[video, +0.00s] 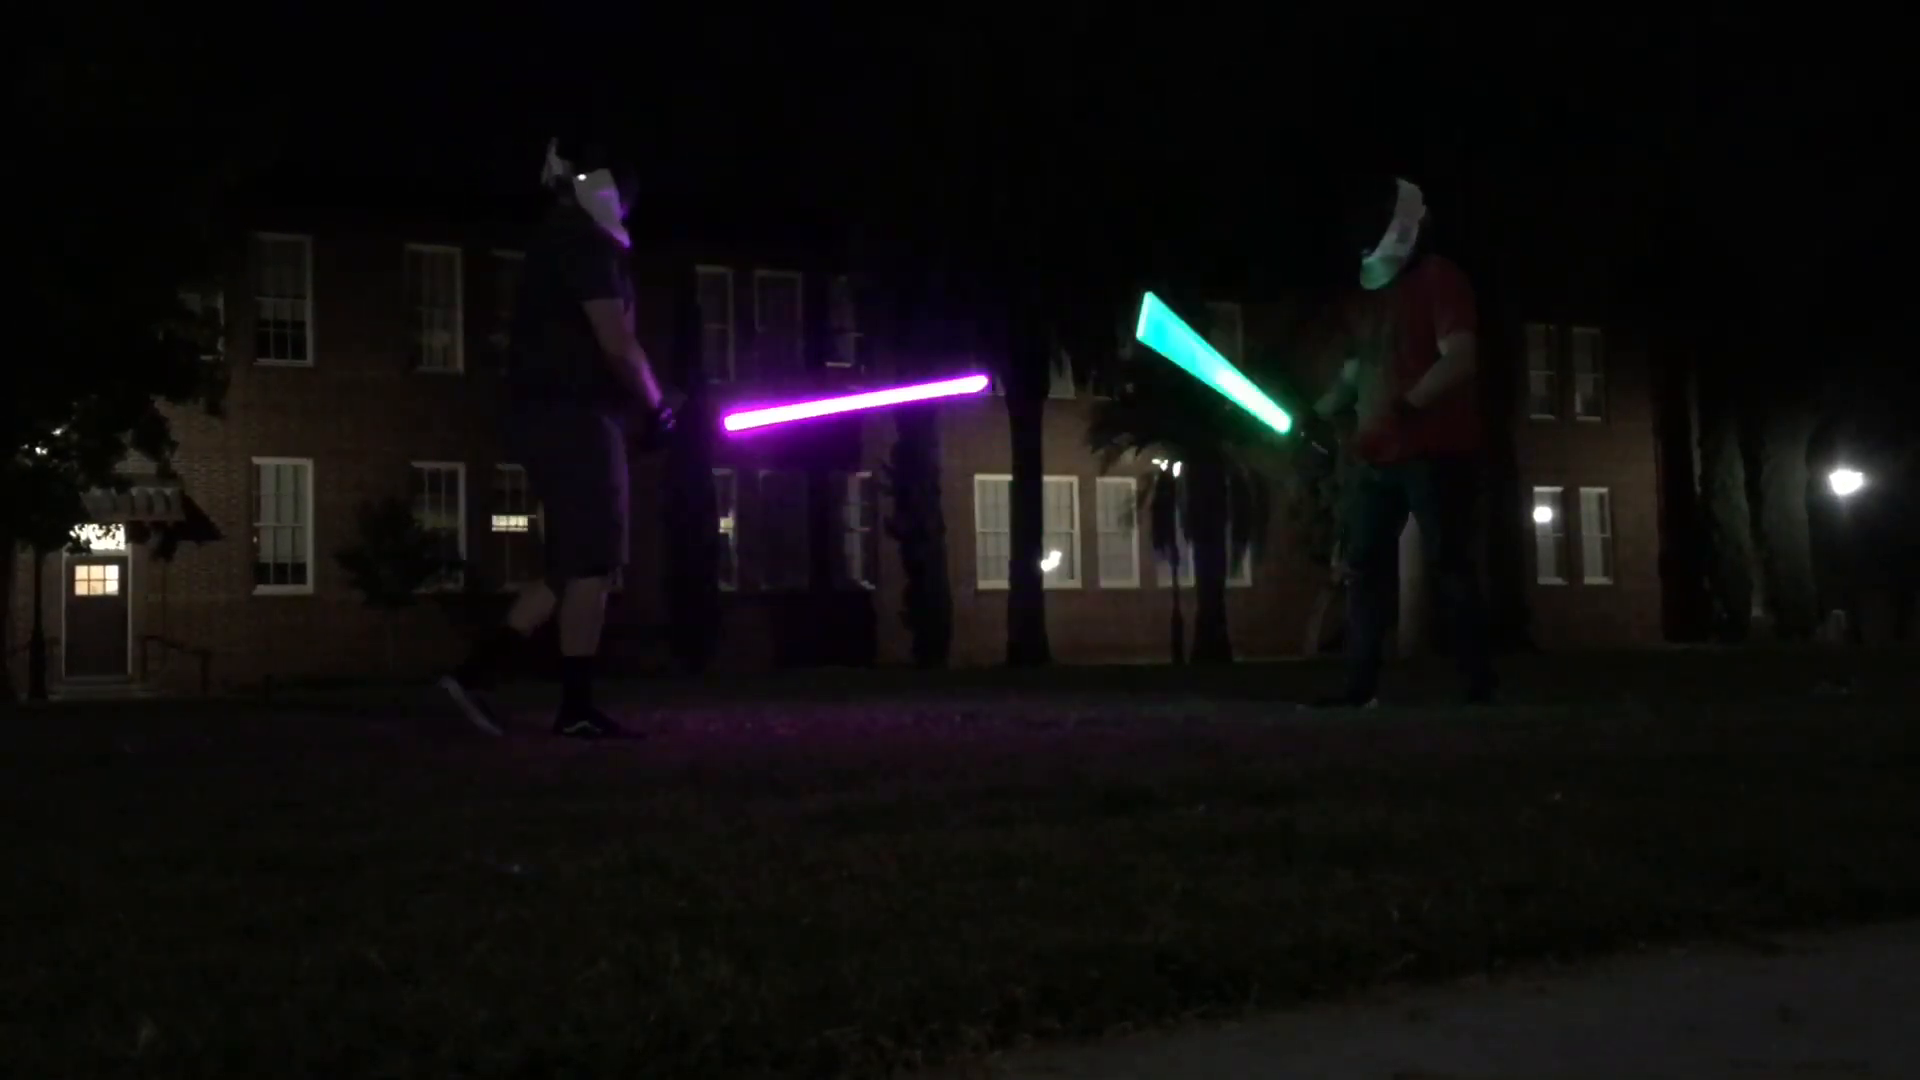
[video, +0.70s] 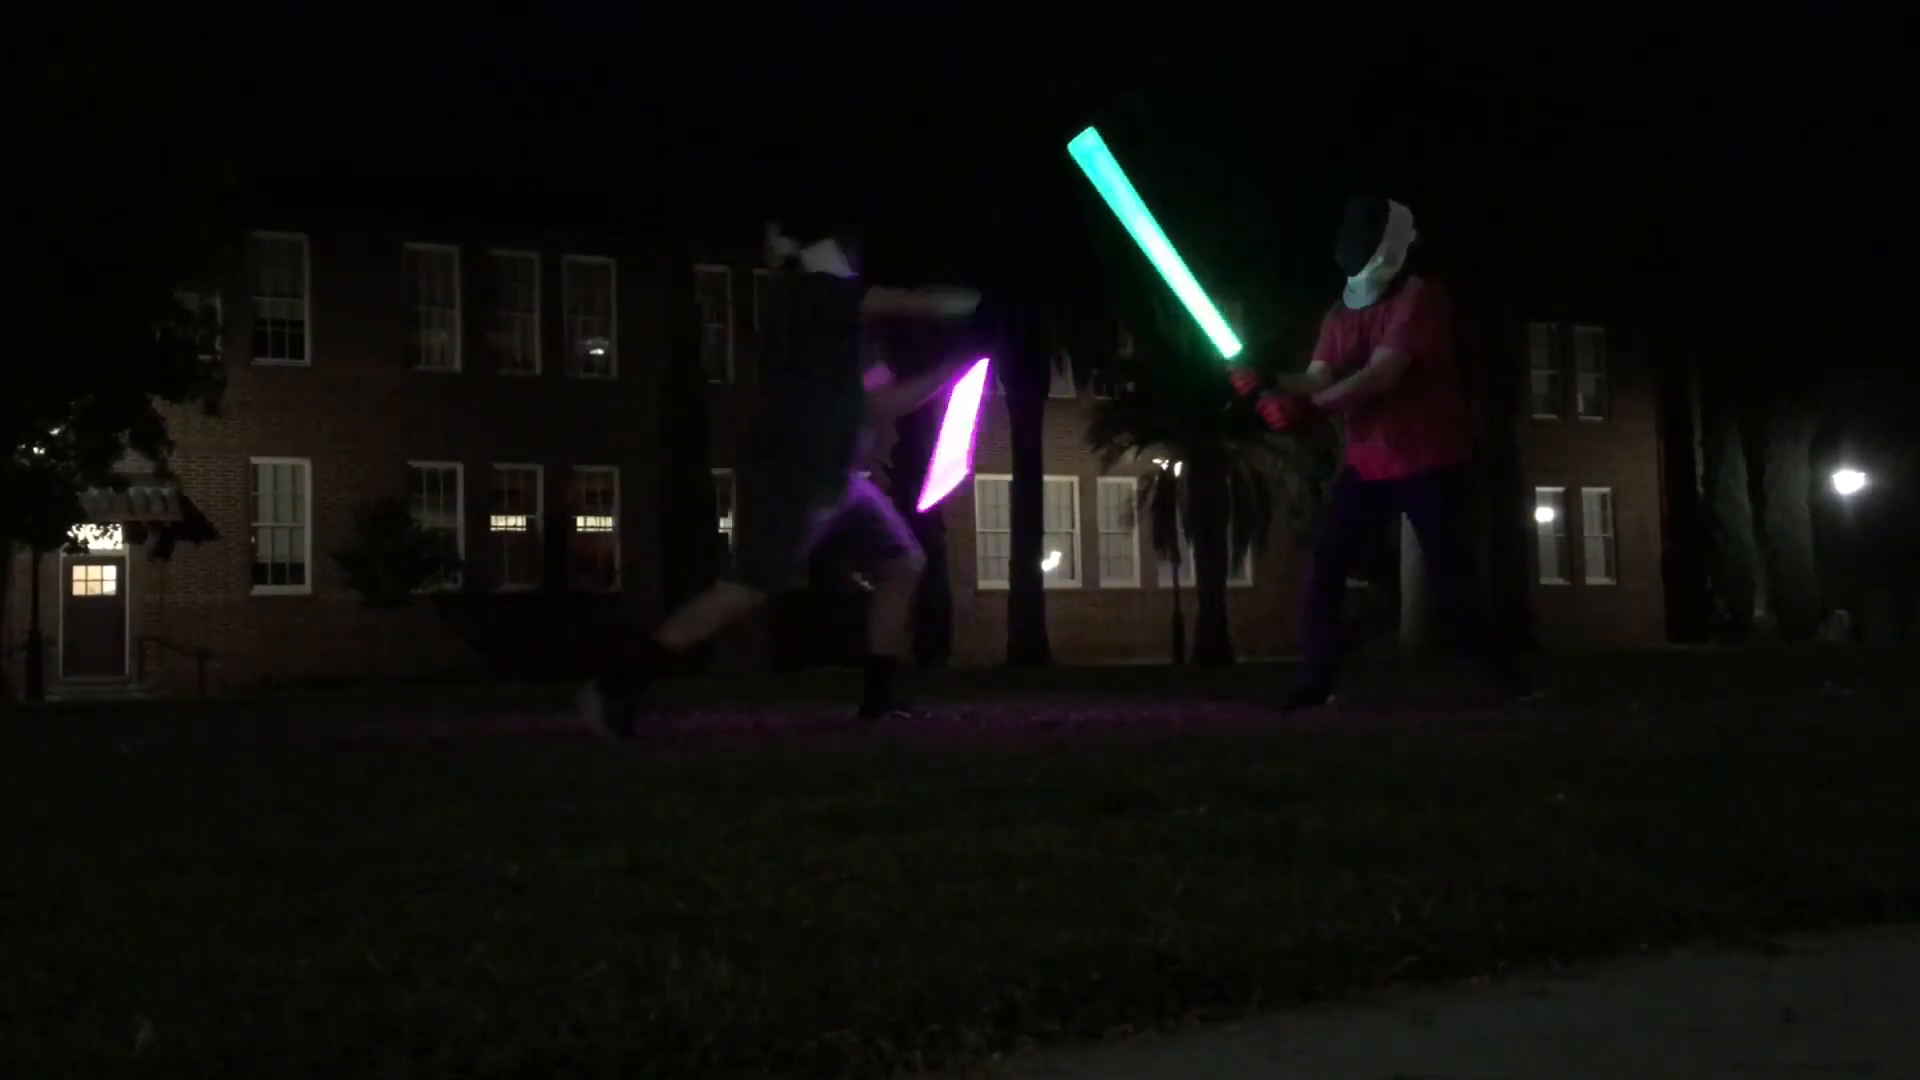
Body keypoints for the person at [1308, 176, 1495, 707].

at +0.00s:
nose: (1380, 235)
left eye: (1391, 222)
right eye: (1376, 223)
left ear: (1412, 224)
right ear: (1370, 227)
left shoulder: (1436, 279)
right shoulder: (1368, 291)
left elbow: (1459, 357)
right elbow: (1357, 367)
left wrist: (1406, 404)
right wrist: (1323, 410)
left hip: (1436, 452)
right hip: (1378, 452)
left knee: (1449, 568)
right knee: (1367, 567)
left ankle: (1470, 678)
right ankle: (1361, 680)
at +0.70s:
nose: (1355, 260)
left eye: (1367, 249)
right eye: (1352, 250)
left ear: (1392, 249)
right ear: (1348, 253)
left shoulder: (1418, 298)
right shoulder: (1344, 313)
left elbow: (1388, 370)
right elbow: (1318, 380)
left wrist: (1313, 405)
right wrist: (1268, 385)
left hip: (1430, 467)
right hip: (1368, 469)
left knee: (1451, 577)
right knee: (1328, 564)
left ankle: (1495, 675)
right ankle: (1315, 681)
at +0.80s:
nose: (1368, 262)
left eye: (1382, 252)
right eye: (1366, 250)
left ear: (1407, 260)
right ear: (1360, 258)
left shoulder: (1425, 312)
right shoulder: (1350, 329)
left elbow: (1372, 372)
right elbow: (1316, 393)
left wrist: (1303, 415)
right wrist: (1254, 411)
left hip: (1434, 479)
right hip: (1373, 482)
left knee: (1473, 586)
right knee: (1319, 563)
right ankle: (1311, 682)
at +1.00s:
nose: (1449, 282)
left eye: (1460, 271)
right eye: (1450, 273)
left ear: (1485, 274)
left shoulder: (1502, 310)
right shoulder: (1441, 330)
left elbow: (1431, 331)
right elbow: (1406, 398)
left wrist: (1367, 343)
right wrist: (1338, 392)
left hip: (1495, 482)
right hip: (1436, 485)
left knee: (1548, 598)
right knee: (1373, 584)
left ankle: (1640, 688)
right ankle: (1317, 690)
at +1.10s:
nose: (1491, 275)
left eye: (1502, 266)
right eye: (1486, 267)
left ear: (1527, 262)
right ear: (1484, 271)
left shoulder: (1554, 301)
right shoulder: (1474, 325)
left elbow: (1499, 277)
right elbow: (1444, 359)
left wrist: (1430, 280)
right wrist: (1398, 341)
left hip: (1550, 466)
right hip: (1484, 471)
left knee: (1587, 586)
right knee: (1431, 580)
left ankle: (1644, 687)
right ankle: (1361, 678)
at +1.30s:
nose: (1564, 226)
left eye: (1573, 217)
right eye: (1553, 220)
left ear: (1580, 222)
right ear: (1540, 229)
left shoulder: (1602, 254)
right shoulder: (1522, 280)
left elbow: (1579, 184)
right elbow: (1494, 245)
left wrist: (1516, 154)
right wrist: (1474, 181)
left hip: (1614, 412)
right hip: (1548, 419)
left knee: (1642, 551)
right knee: (1542, 555)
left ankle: (1650, 674)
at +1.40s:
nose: (1596, 222)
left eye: (1600, 210)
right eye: (1584, 214)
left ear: (1607, 215)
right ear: (1566, 223)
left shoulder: (1633, 252)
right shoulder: (1543, 272)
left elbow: (1616, 181)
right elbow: (1500, 215)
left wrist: (1566, 131)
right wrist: (1497, 149)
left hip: (1644, 421)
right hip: (1576, 427)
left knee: (1690, 526)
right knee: (1572, 560)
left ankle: (1695, 653)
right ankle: (1573, 679)